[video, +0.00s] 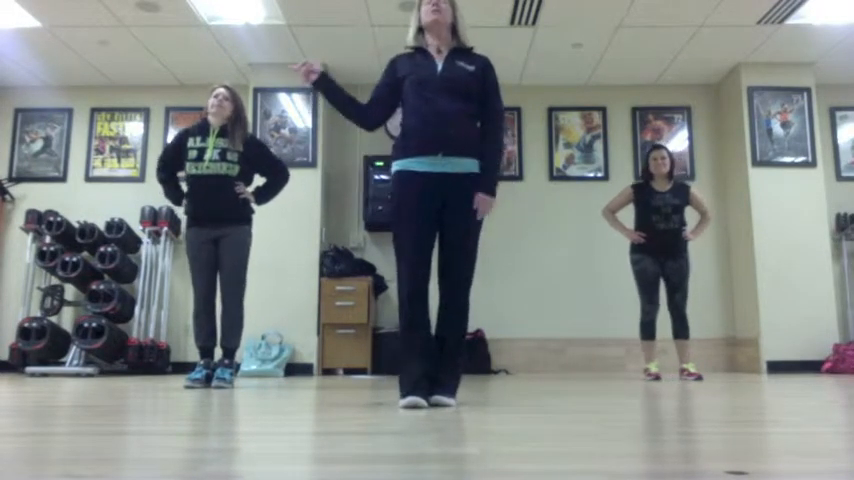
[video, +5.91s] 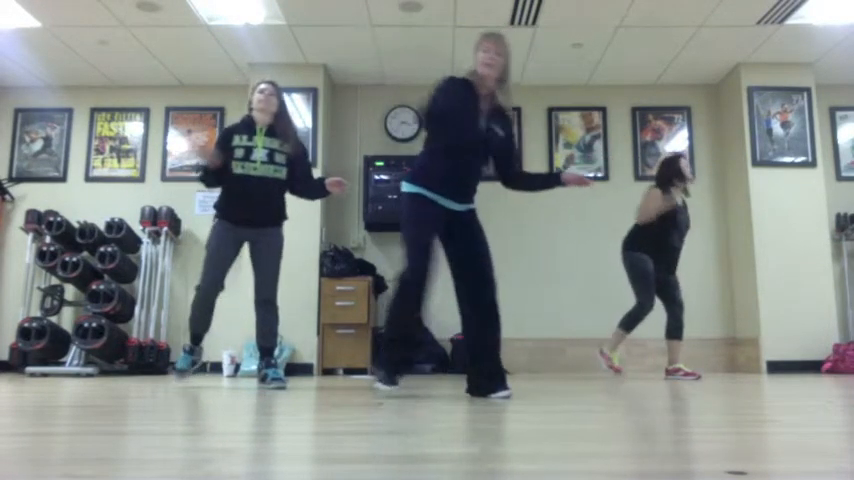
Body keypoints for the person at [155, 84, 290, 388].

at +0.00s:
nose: (218, 101)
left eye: (225, 99)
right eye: (214, 96)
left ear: (234, 110)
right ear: (206, 104)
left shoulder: (246, 143)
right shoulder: (189, 137)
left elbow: (281, 173)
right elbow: (164, 169)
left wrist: (257, 196)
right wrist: (180, 198)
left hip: (235, 226)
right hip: (198, 225)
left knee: (232, 293)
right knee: (202, 294)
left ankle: (227, 362)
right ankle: (205, 361)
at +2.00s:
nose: (220, 99)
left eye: (226, 96)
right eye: (216, 95)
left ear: (236, 107)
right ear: (207, 105)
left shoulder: (251, 143)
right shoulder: (192, 139)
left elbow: (284, 176)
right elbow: (161, 169)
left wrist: (260, 197)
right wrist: (177, 198)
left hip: (236, 227)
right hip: (199, 226)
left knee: (231, 296)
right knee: (202, 297)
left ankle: (227, 363)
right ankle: (205, 362)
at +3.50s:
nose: (240, 98)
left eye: (247, 94)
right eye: (236, 93)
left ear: (257, 104)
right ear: (227, 101)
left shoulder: (269, 141)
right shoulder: (211, 138)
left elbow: (284, 186)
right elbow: (196, 182)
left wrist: (299, 176)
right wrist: (176, 183)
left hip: (254, 230)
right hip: (215, 229)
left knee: (257, 298)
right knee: (202, 296)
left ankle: (262, 365)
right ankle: (189, 363)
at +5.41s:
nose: (252, 95)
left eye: (259, 92)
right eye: (248, 91)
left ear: (268, 103)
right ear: (239, 99)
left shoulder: (279, 142)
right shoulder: (221, 134)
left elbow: (290, 186)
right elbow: (201, 176)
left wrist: (316, 184)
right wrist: (186, 182)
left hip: (261, 228)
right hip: (222, 226)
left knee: (262, 295)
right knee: (206, 291)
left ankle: (267, 364)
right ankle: (190, 362)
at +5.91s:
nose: (265, 96)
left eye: (271, 93)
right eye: (260, 92)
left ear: (280, 105)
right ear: (250, 100)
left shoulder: (291, 143)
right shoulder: (231, 134)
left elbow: (299, 186)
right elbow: (211, 181)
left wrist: (324, 186)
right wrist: (211, 164)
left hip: (268, 227)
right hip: (229, 223)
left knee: (266, 297)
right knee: (208, 286)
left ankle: (267, 363)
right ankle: (193, 349)